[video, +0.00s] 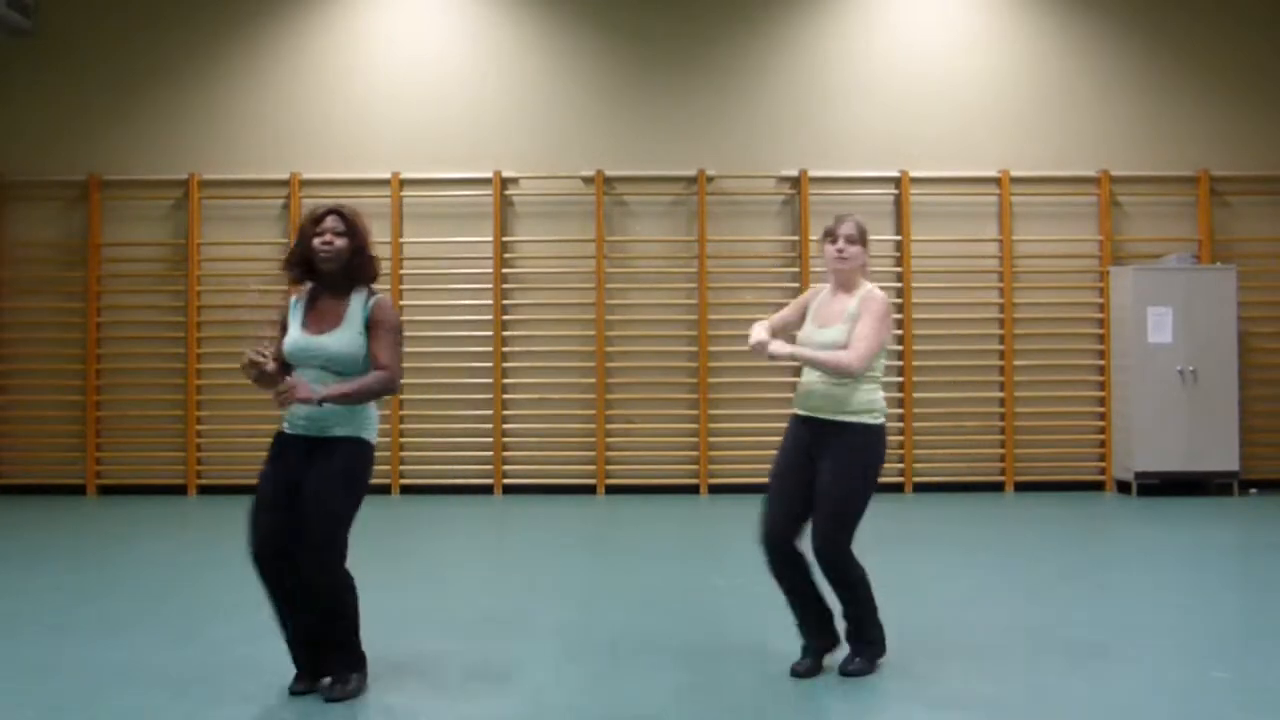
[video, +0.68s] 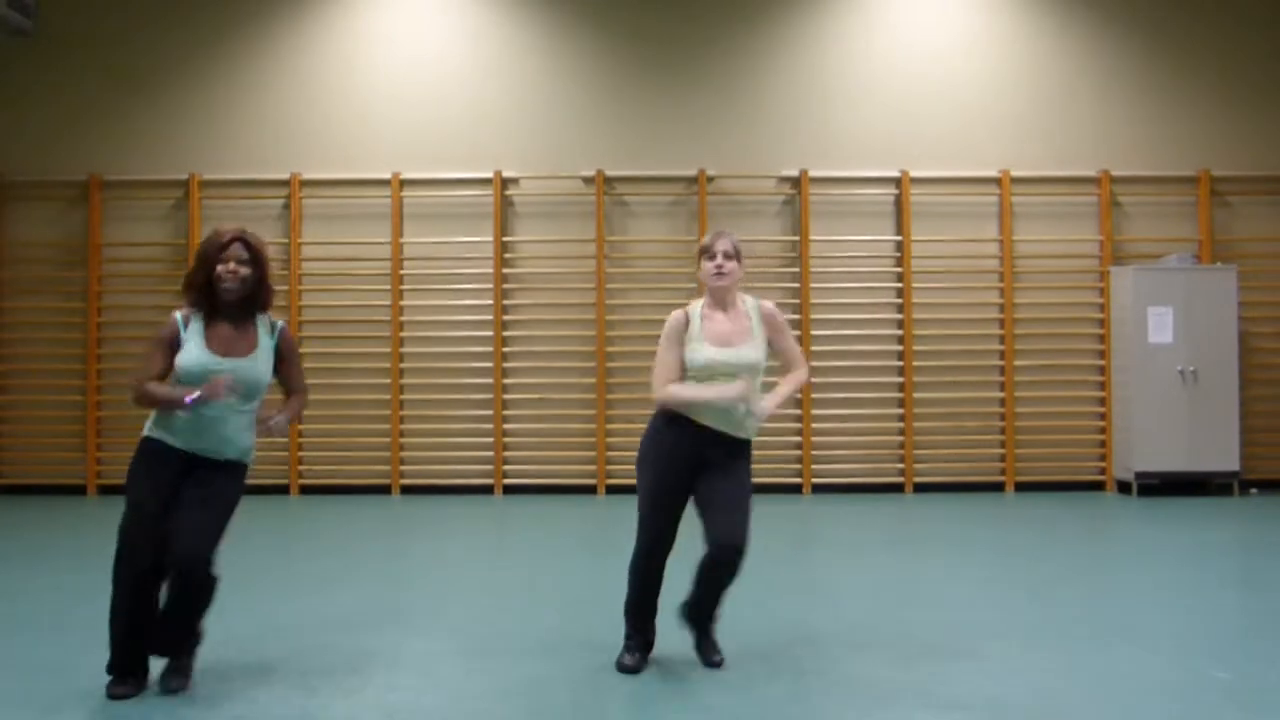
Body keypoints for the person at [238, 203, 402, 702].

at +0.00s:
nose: (328, 241)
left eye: (339, 235)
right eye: (320, 234)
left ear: (356, 246)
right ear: (307, 245)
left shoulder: (376, 306)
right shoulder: (295, 303)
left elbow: (388, 376)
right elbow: (281, 372)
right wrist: (266, 371)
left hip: (345, 443)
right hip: (293, 440)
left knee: (320, 551)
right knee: (268, 547)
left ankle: (348, 665)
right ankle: (310, 663)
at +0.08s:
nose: (316, 233)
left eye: (327, 226)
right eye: (308, 226)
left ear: (345, 240)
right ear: (294, 238)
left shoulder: (363, 297)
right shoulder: (283, 296)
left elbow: (385, 358)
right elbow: (262, 359)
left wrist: (316, 354)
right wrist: (239, 343)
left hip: (334, 438)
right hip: (278, 435)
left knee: (325, 551)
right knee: (230, 538)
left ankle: (347, 666)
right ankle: (281, 636)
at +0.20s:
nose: (296, 225)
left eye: (308, 220)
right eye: (288, 218)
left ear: (324, 235)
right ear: (274, 231)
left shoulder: (332, 287)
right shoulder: (256, 284)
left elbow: (363, 306)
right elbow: (196, 301)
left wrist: (300, 269)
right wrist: (170, 266)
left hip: (310, 431)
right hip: (249, 429)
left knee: (319, 547)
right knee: (201, 528)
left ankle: (346, 666)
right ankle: (185, 641)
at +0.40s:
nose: (256, 249)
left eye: (266, 244)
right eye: (247, 242)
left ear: (279, 259)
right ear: (233, 252)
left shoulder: (284, 315)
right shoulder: (214, 287)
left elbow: (300, 297)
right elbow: (159, 264)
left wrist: (286, 257)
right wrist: (115, 240)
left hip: (248, 449)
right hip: (187, 443)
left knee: (256, 553)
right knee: (155, 552)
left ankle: (325, 662)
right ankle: (133, 668)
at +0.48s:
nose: (244, 262)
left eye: (255, 256)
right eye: (235, 254)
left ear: (267, 268)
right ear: (219, 264)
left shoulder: (276, 321)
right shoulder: (199, 300)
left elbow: (294, 353)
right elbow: (137, 289)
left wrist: (261, 301)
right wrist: (128, 296)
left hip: (233, 456)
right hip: (173, 446)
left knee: (199, 555)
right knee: (147, 556)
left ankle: (258, 634)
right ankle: (134, 667)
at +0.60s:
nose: (232, 278)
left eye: (242, 271)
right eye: (223, 270)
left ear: (257, 281)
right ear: (210, 277)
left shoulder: (277, 342)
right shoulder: (182, 329)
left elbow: (279, 410)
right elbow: (130, 376)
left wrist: (241, 419)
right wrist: (148, 411)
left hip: (221, 467)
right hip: (163, 453)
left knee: (170, 560)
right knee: (130, 553)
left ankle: (161, 654)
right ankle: (128, 665)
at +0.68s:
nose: (230, 269)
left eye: (241, 263)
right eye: (222, 261)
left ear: (257, 274)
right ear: (207, 270)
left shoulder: (274, 334)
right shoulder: (183, 324)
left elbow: (297, 393)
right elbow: (143, 386)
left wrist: (284, 416)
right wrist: (185, 397)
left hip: (224, 464)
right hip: (163, 452)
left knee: (189, 557)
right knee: (137, 554)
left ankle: (180, 651)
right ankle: (127, 667)